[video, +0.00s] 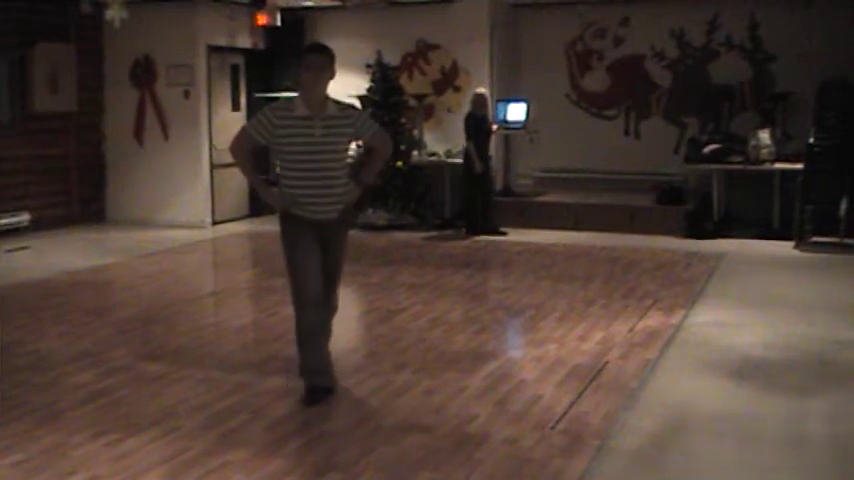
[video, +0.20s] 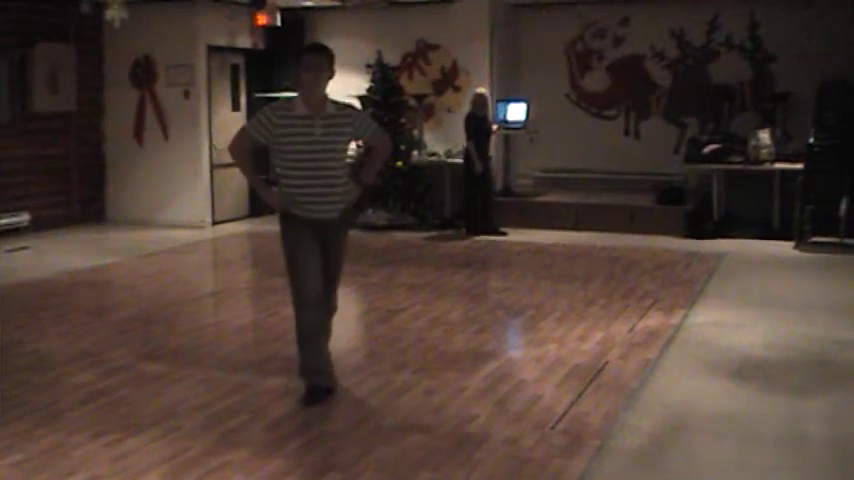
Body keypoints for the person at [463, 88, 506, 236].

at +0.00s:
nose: (483, 103)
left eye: (485, 100)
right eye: (481, 100)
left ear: (484, 102)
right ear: (477, 102)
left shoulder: (484, 117)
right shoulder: (472, 118)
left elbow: (483, 132)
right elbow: (470, 141)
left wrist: (491, 129)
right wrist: (476, 161)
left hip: (483, 159)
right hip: (476, 160)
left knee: (485, 192)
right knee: (479, 193)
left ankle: (486, 223)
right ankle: (478, 224)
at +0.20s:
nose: (485, 104)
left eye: (485, 100)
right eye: (482, 101)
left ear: (483, 102)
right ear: (479, 102)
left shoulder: (483, 118)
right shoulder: (472, 118)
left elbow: (483, 132)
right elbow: (471, 141)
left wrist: (491, 129)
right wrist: (476, 161)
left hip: (483, 159)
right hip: (476, 160)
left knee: (484, 192)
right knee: (479, 193)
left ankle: (486, 223)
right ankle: (479, 224)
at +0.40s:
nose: (485, 104)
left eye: (486, 101)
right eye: (482, 101)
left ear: (485, 102)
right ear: (478, 102)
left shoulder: (483, 118)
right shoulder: (472, 118)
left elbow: (484, 131)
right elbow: (471, 141)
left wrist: (492, 129)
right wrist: (476, 161)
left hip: (483, 159)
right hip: (476, 160)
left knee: (485, 192)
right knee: (479, 192)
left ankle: (487, 224)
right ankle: (478, 225)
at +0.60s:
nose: (485, 105)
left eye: (486, 101)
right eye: (482, 101)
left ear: (485, 103)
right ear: (479, 103)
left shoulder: (484, 118)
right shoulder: (473, 118)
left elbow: (484, 132)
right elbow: (471, 142)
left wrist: (492, 129)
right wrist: (477, 162)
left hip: (483, 158)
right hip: (476, 159)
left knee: (485, 191)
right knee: (479, 191)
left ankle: (488, 223)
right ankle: (479, 225)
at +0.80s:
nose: (489, 105)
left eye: (488, 101)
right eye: (487, 101)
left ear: (479, 103)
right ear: (482, 103)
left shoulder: (482, 118)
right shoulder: (476, 118)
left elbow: (484, 132)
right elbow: (475, 141)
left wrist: (492, 129)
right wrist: (478, 162)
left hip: (483, 158)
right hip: (479, 159)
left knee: (485, 191)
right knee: (483, 191)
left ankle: (486, 223)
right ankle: (483, 224)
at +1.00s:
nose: (492, 106)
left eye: (492, 103)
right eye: (490, 103)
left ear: (484, 104)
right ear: (484, 103)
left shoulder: (485, 118)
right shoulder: (479, 119)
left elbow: (487, 136)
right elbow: (479, 142)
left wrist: (494, 128)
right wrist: (486, 161)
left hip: (485, 156)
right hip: (479, 157)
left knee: (488, 190)